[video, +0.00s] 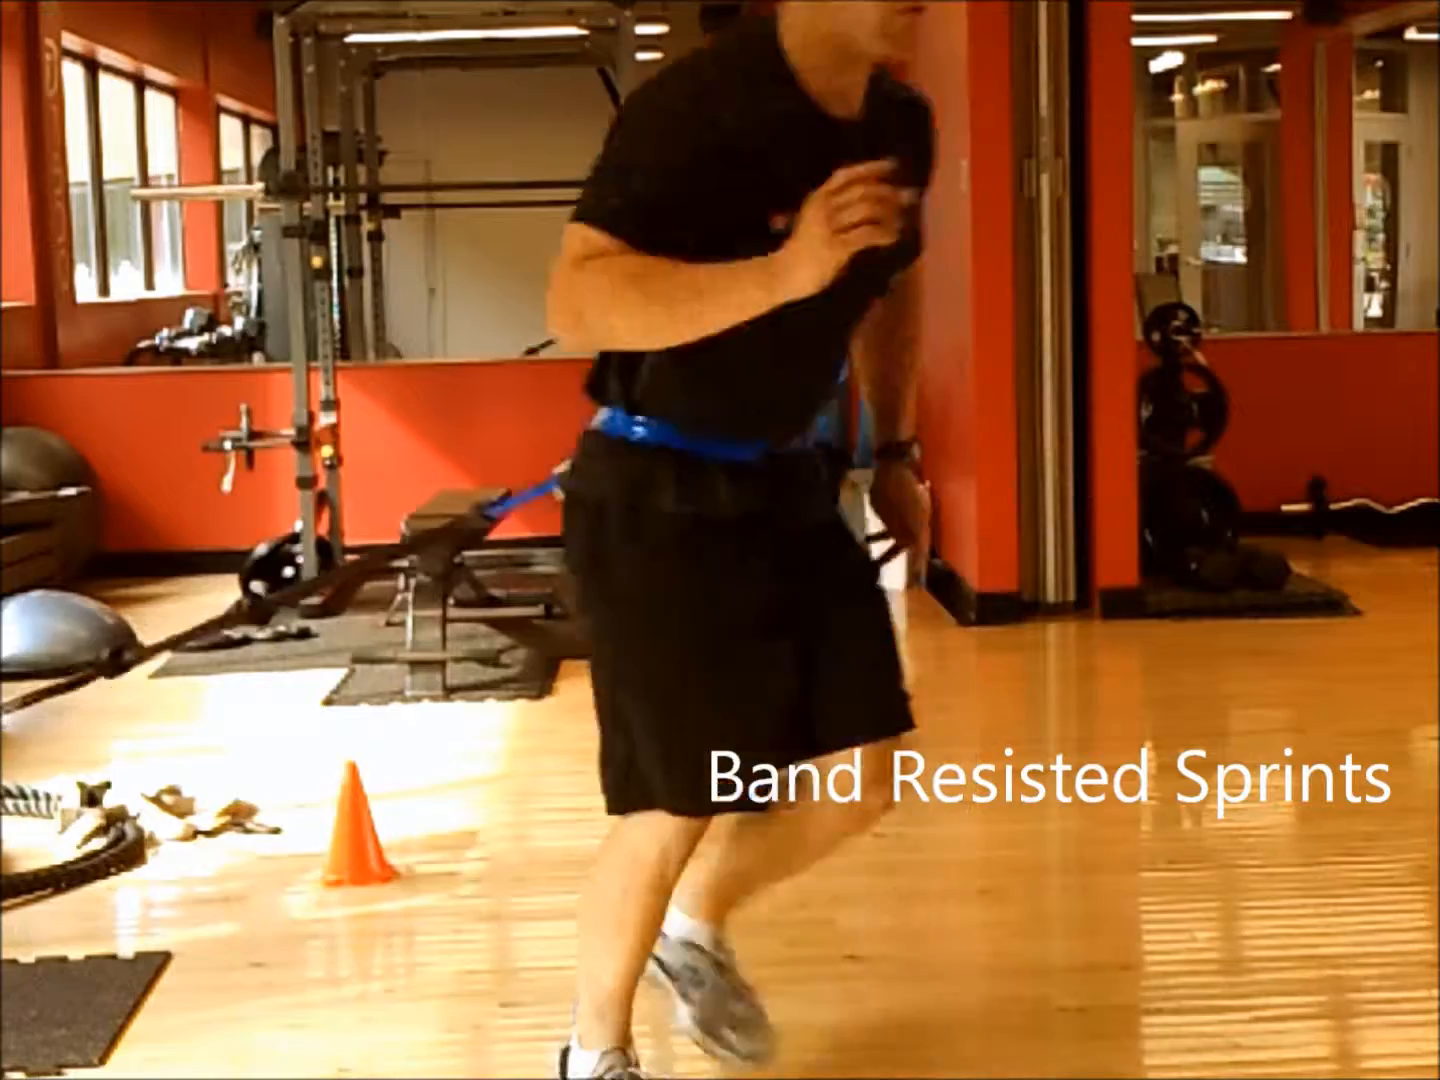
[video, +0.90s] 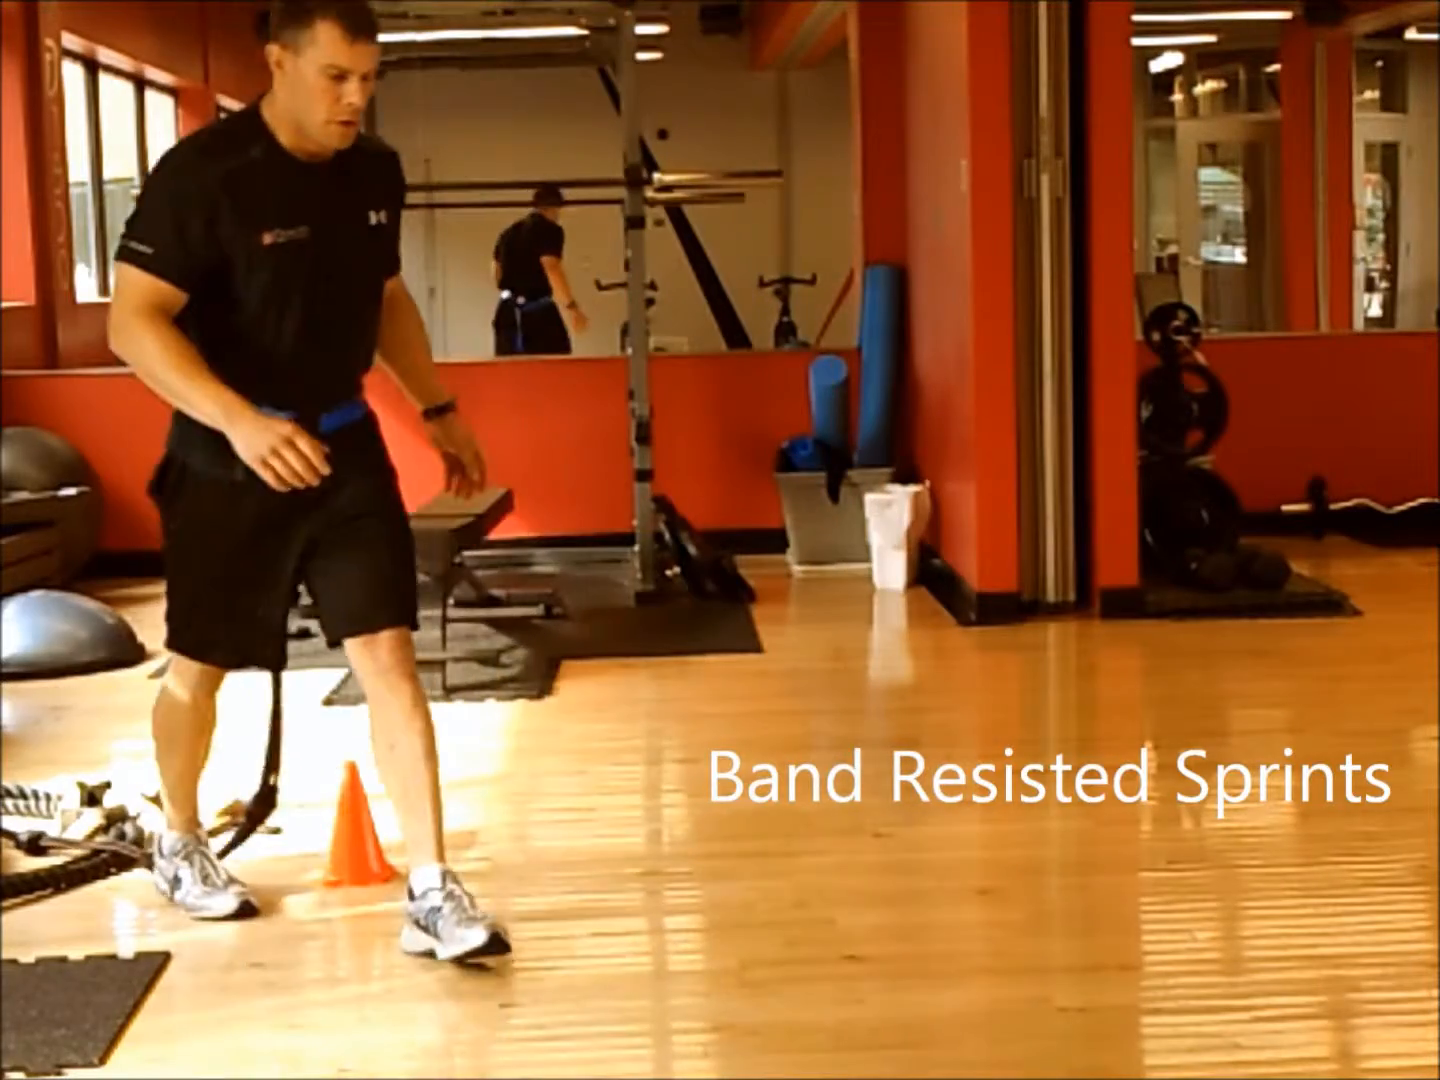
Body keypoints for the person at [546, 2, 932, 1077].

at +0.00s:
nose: (916, 8)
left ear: (905, 10)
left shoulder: (902, 120)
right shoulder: (687, 101)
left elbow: (891, 299)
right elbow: (577, 302)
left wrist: (892, 456)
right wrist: (783, 271)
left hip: (790, 480)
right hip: (651, 483)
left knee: (861, 771)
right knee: (677, 790)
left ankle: (690, 924)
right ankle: (594, 1047)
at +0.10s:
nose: (842, 9)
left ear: (832, 13)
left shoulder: (825, 127)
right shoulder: (608, 99)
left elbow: (824, 304)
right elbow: (486, 274)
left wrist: (849, 462)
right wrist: (640, 377)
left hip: (710, 464)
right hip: (585, 462)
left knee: (749, 732)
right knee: (639, 767)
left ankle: (575, 839)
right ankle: (593, 1046)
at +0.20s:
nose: (779, 10)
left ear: (790, 19)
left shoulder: (756, 141)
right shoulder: (551, 106)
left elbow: (771, 300)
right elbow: (407, 265)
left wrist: (799, 433)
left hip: (634, 443)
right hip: (517, 440)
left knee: (643, 694)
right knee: (581, 711)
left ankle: (511, 846)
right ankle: (588, 1038)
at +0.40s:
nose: (643, 88)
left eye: (652, 65)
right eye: (622, 61)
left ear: (656, 67)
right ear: (549, 50)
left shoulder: (627, 187)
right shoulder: (426, 169)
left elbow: (660, 339)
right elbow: (308, 305)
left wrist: (716, 428)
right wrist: (272, 480)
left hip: (526, 467)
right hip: (414, 462)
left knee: (504, 695)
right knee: (480, 697)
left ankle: (435, 897)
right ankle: (507, 982)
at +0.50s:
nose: (576, 42)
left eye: (589, 24)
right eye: (555, 19)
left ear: (595, 29)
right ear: (491, 11)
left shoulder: (577, 141)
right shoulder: (379, 117)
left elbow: (595, 298)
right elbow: (286, 267)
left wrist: (646, 427)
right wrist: (269, 436)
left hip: (491, 420)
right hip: (381, 415)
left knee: (474, 664)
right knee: (420, 660)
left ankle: (437, 891)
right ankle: (392, 923)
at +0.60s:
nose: (514, 23)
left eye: (520, 5)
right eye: (490, 4)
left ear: (522, 15)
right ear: (429, 11)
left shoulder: (532, 125)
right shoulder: (333, 113)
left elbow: (544, 270)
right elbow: (230, 251)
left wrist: (561, 388)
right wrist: (274, 409)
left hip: (463, 419)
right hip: (347, 416)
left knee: (461, 662)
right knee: (358, 657)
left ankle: (442, 889)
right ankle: (288, 840)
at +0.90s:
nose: (356, 100)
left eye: (368, 79)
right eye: (337, 78)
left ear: (376, 75)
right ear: (277, 63)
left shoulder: (372, 168)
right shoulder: (199, 173)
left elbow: (380, 294)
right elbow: (132, 324)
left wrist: (439, 413)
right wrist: (238, 418)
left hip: (343, 449)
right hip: (224, 460)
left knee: (386, 652)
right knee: (198, 666)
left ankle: (431, 885)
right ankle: (180, 840)